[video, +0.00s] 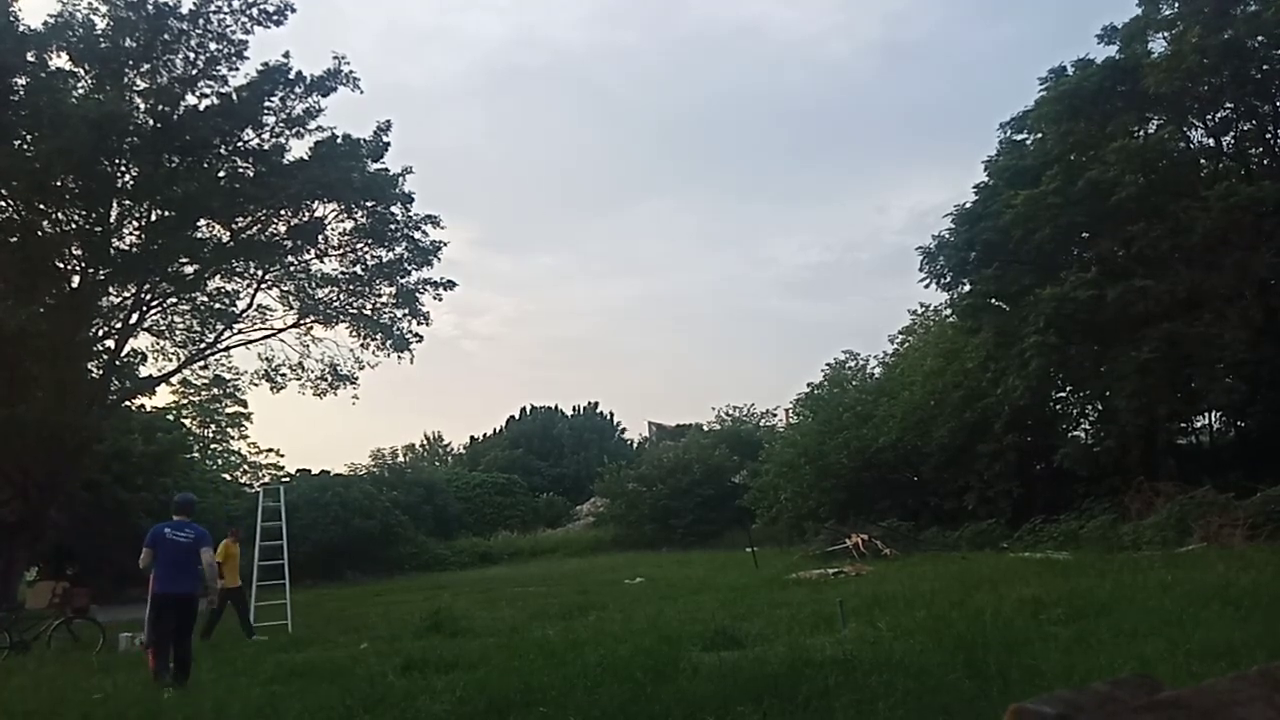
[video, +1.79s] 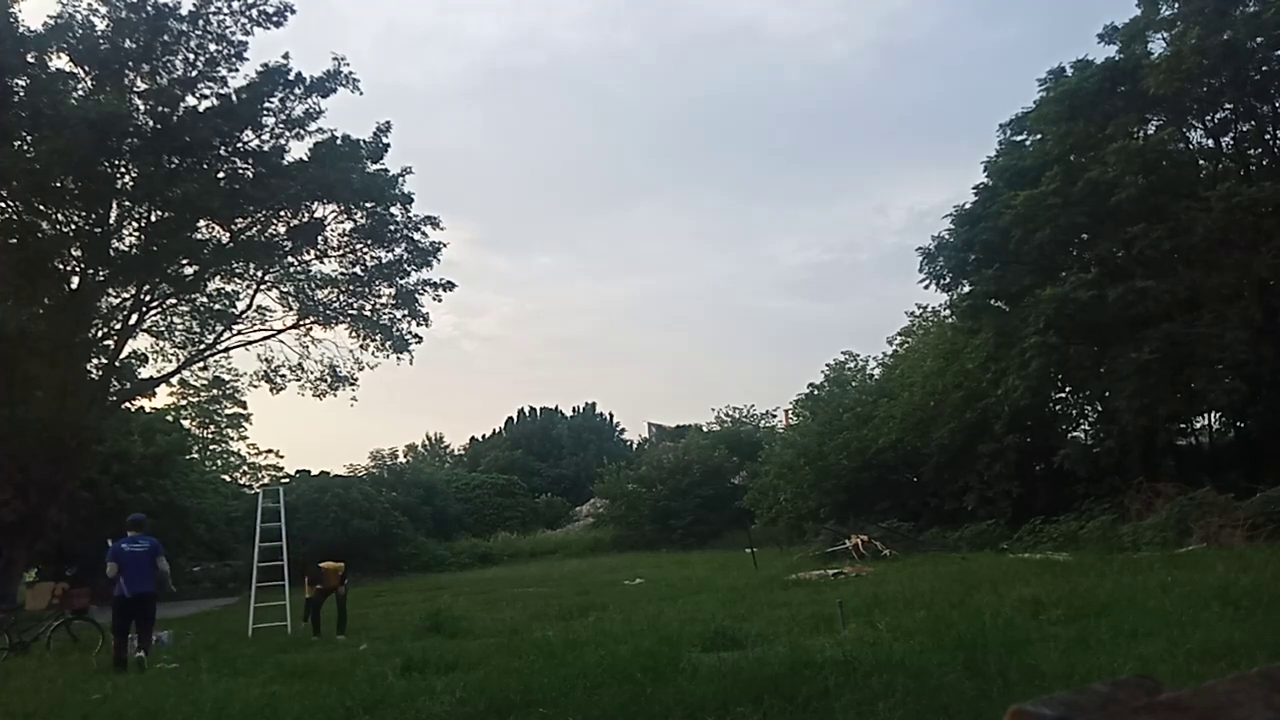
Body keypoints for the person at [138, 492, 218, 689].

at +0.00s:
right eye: (189, 510)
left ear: (172, 510)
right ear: (191, 511)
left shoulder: (157, 531)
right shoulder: (200, 533)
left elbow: (143, 563)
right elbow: (208, 562)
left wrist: (157, 555)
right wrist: (213, 591)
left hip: (162, 595)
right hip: (188, 595)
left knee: (159, 639)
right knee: (184, 640)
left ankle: (162, 680)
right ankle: (181, 682)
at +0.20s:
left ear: (170, 508)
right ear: (190, 509)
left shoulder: (156, 527)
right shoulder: (200, 530)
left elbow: (144, 557)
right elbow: (210, 560)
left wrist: (146, 571)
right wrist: (198, 569)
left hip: (160, 590)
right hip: (186, 591)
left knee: (153, 634)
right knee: (183, 635)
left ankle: (158, 667)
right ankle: (182, 678)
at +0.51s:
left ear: (160, 516)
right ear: (178, 517)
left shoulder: (147, 538)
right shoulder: (188, 538)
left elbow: (138, 570)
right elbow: (189, 566)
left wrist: (134, 596)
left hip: (152, 597)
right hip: (178, 597)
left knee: (147, 639)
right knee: (177, 640)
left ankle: (143, 677)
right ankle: (177, 680)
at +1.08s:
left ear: (152, 521)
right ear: (170, 523)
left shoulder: (140, 539)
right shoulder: (177, 542)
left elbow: (113, 562)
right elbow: (174, 565)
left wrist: (129, 578)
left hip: (141, 595)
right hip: (165, 595)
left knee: (138, 634)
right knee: (158, 634)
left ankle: (144, 671)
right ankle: (156, 669)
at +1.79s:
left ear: (128, 528)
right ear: (144, 528)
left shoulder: (117, 546)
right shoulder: (152, 543)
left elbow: (110, 572)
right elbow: (164, 567)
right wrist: (169, 585)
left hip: (124, 597)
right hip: (147, 595)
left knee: (120, 633)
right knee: (145, 628)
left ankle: (120, 668)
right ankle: (142, 651)